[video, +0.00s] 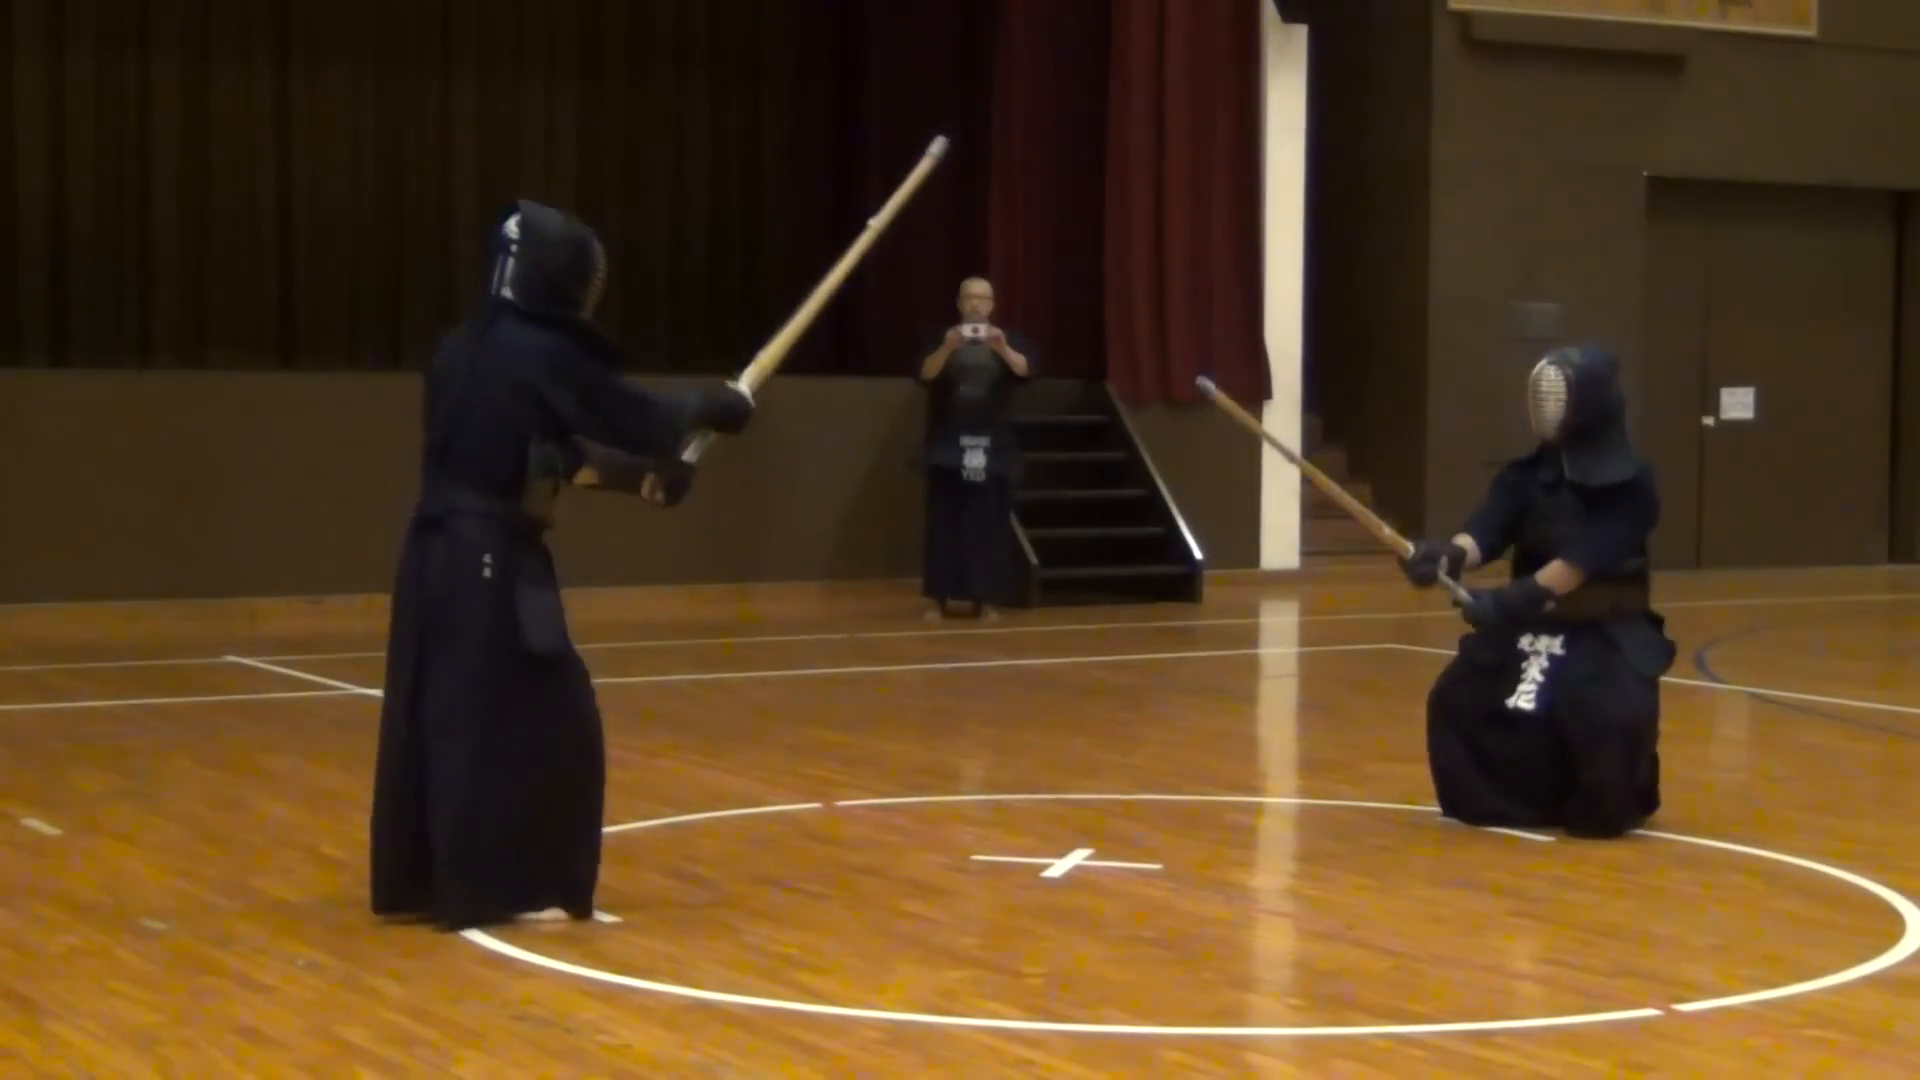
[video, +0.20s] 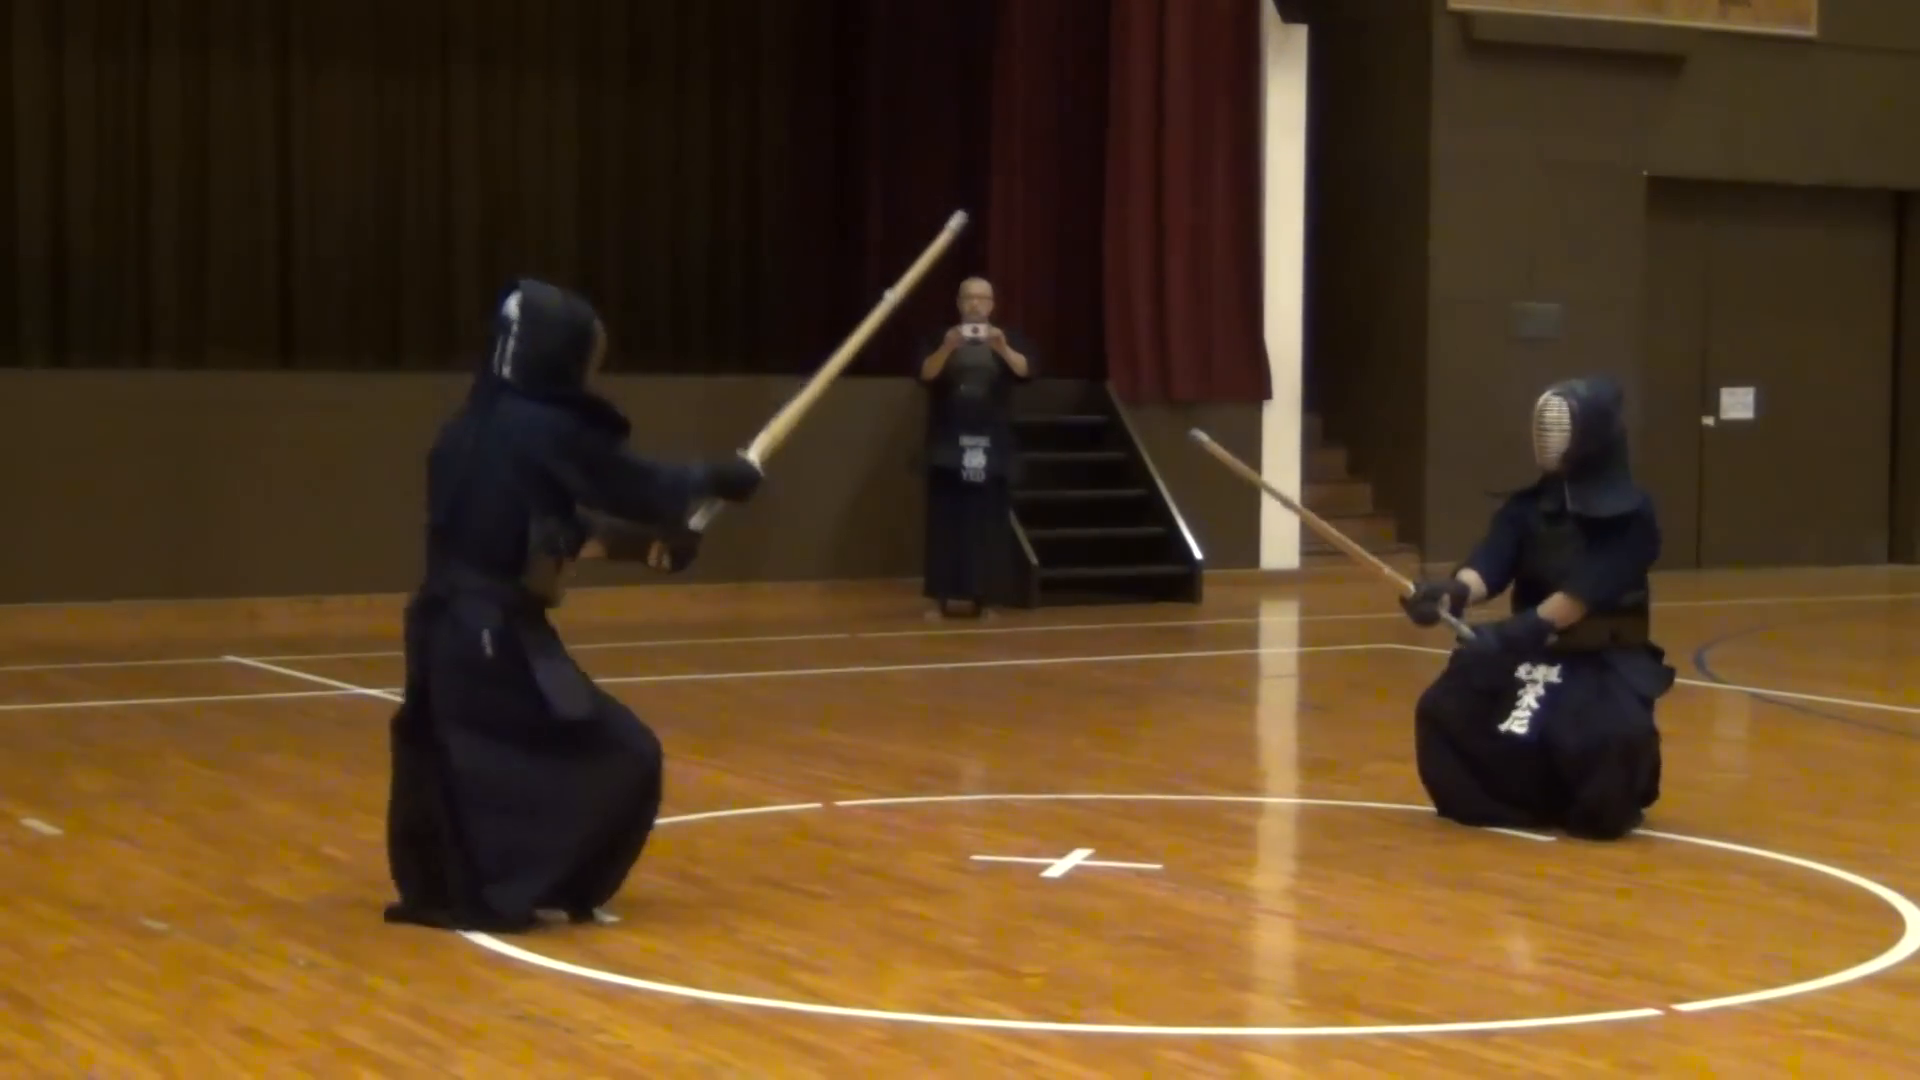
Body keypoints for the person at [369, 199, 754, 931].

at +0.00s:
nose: (595, 292)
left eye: (593, 278)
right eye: (590, 279)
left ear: (516, 275)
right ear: (567, 283)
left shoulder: (462, 347)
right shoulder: (556, 353)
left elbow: (545, 450)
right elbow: (639, 420)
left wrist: (639, 476)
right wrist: (714, 406)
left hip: (433, 555)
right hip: (496, 563)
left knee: (443, 711)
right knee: (554, 714)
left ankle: (427, 882)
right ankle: (519, 886)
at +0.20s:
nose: (595, 367)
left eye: (594, 352)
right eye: (589, 353)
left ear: (518, 350)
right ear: (561, 358)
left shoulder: (468, 426)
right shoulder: (555, 431)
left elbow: (539, 525)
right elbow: (641, 488)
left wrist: (635, 543)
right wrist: (718, 477)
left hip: (437, 628)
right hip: (498, 638)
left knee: (459, 751)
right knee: (629, 752)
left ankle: (457, 889)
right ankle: (567, 884)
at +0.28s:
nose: (583, 402)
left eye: (581, 388)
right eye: (577, 388)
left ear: (504, 387)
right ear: (558, 394)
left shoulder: (465, 466)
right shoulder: (555, 467)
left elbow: (547, 558)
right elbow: (637, 523)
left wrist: (643, 573)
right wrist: (714, 511)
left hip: (440, 670)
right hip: (501, 679)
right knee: (645, 769)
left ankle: (436, 880)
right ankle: (561, 893)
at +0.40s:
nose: (578, 450)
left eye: (574, 437)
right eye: (572, 438)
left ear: (499, 439)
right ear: (560, 445)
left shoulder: (468, 517)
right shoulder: (559, 514)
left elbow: (556, 604)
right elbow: (646, 572)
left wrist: (650, 619)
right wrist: (719, 551)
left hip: (443, 729)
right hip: (510, 739)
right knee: (666, 788)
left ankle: (433, 859)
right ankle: (542, 888)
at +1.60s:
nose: (584, 490)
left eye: (581, 476)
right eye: (577, 476)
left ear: (499, 477)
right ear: (558, 484)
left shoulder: (464, 560)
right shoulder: (566, 571)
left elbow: (530, 651)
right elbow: (639, 659)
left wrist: (606, 688)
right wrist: (702, 664)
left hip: (463, 763)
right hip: (532, 775)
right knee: (696, 805)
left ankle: (456, 867)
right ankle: (541, 884)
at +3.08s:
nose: (592, 396)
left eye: (590, 382)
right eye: (586, 383)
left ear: (511, 383)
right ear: (565, 390)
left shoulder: (476, 462)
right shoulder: (571, 472)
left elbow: (549, 553)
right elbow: (636, 553)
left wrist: (617, 602)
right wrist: (718, 584)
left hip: (460, 668)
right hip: (529, 676)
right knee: (665, 762)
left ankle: (470, 875)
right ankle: (592, 886)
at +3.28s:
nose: (596, 292)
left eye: (595, 277)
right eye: (589, 278)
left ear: (516, 277)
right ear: (563, 283)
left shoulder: (473, 354)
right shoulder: (573, 364)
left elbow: (530, 451)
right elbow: (638, 451)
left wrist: (604, 496)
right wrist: (716, 488)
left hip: (462, 567)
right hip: (531, 573)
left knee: (478, 714)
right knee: (612, 719)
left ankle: (467, 878)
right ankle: (600, 881)